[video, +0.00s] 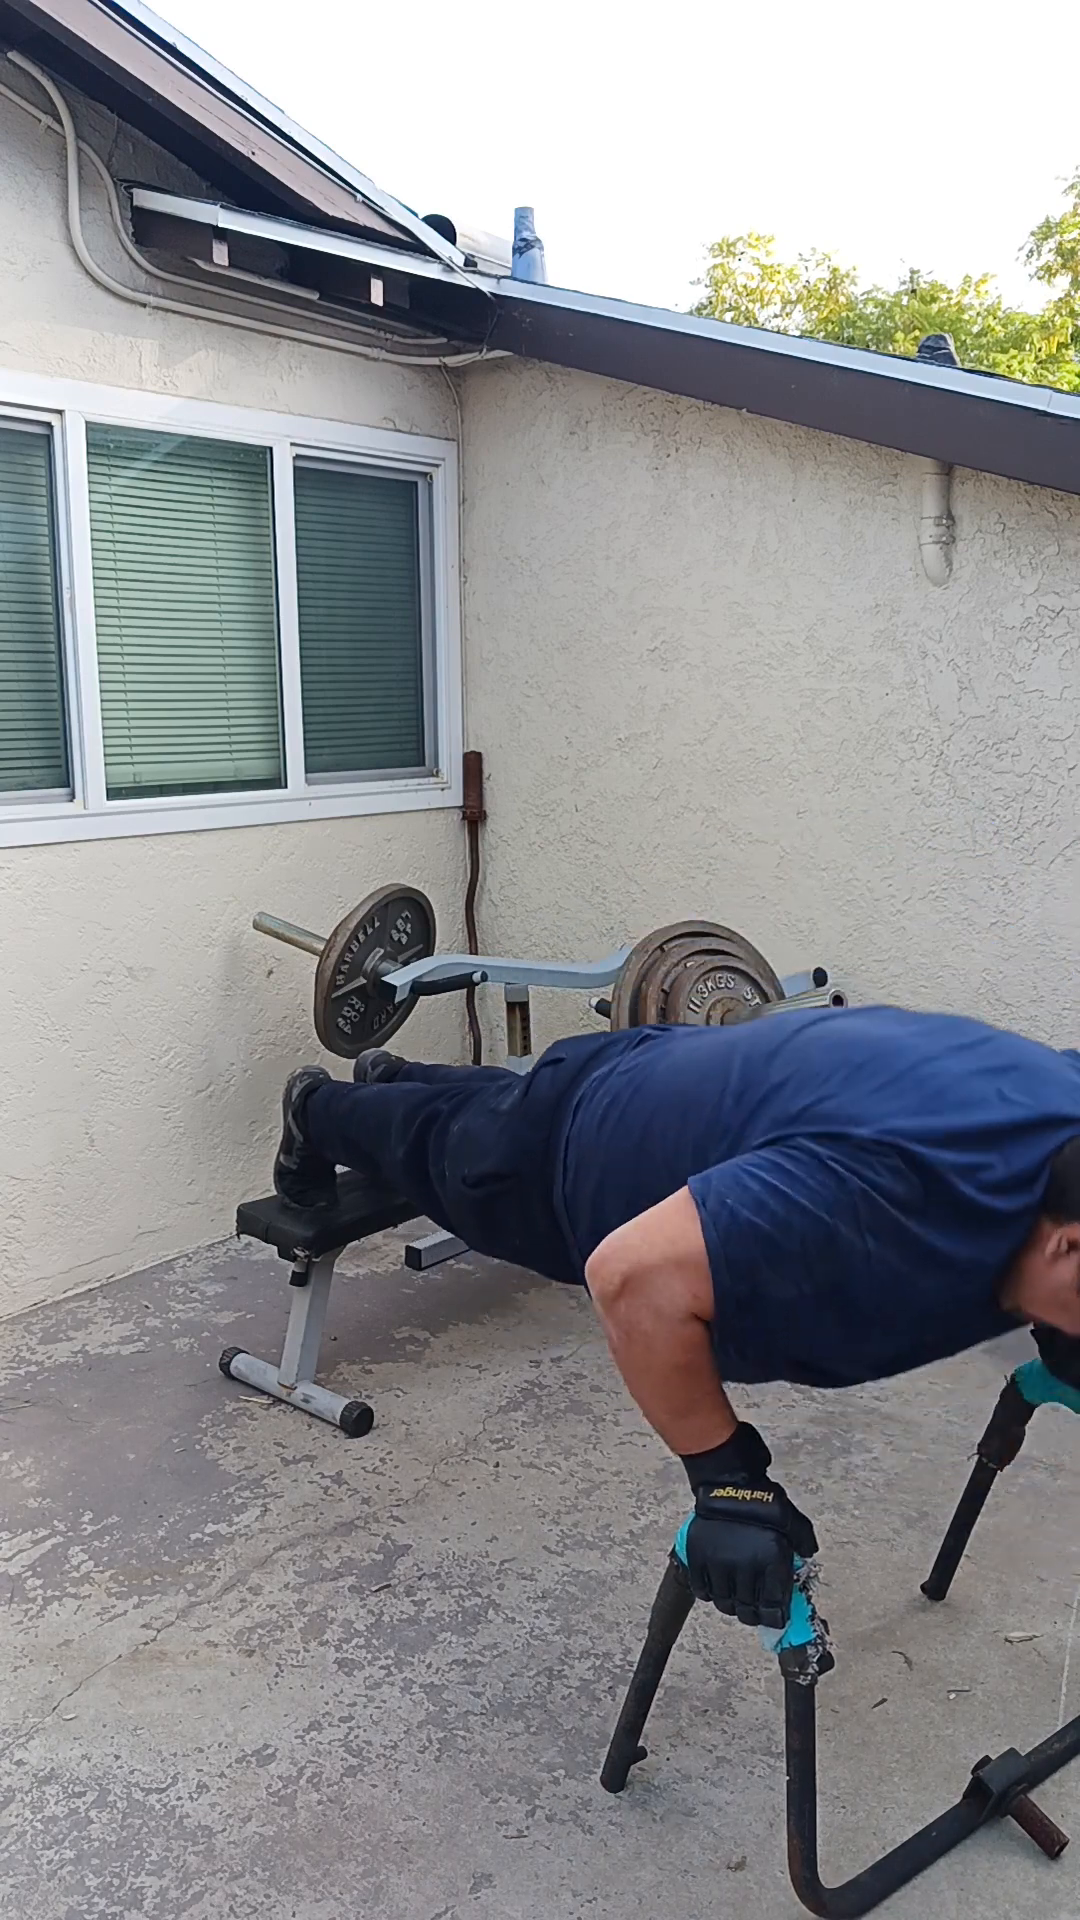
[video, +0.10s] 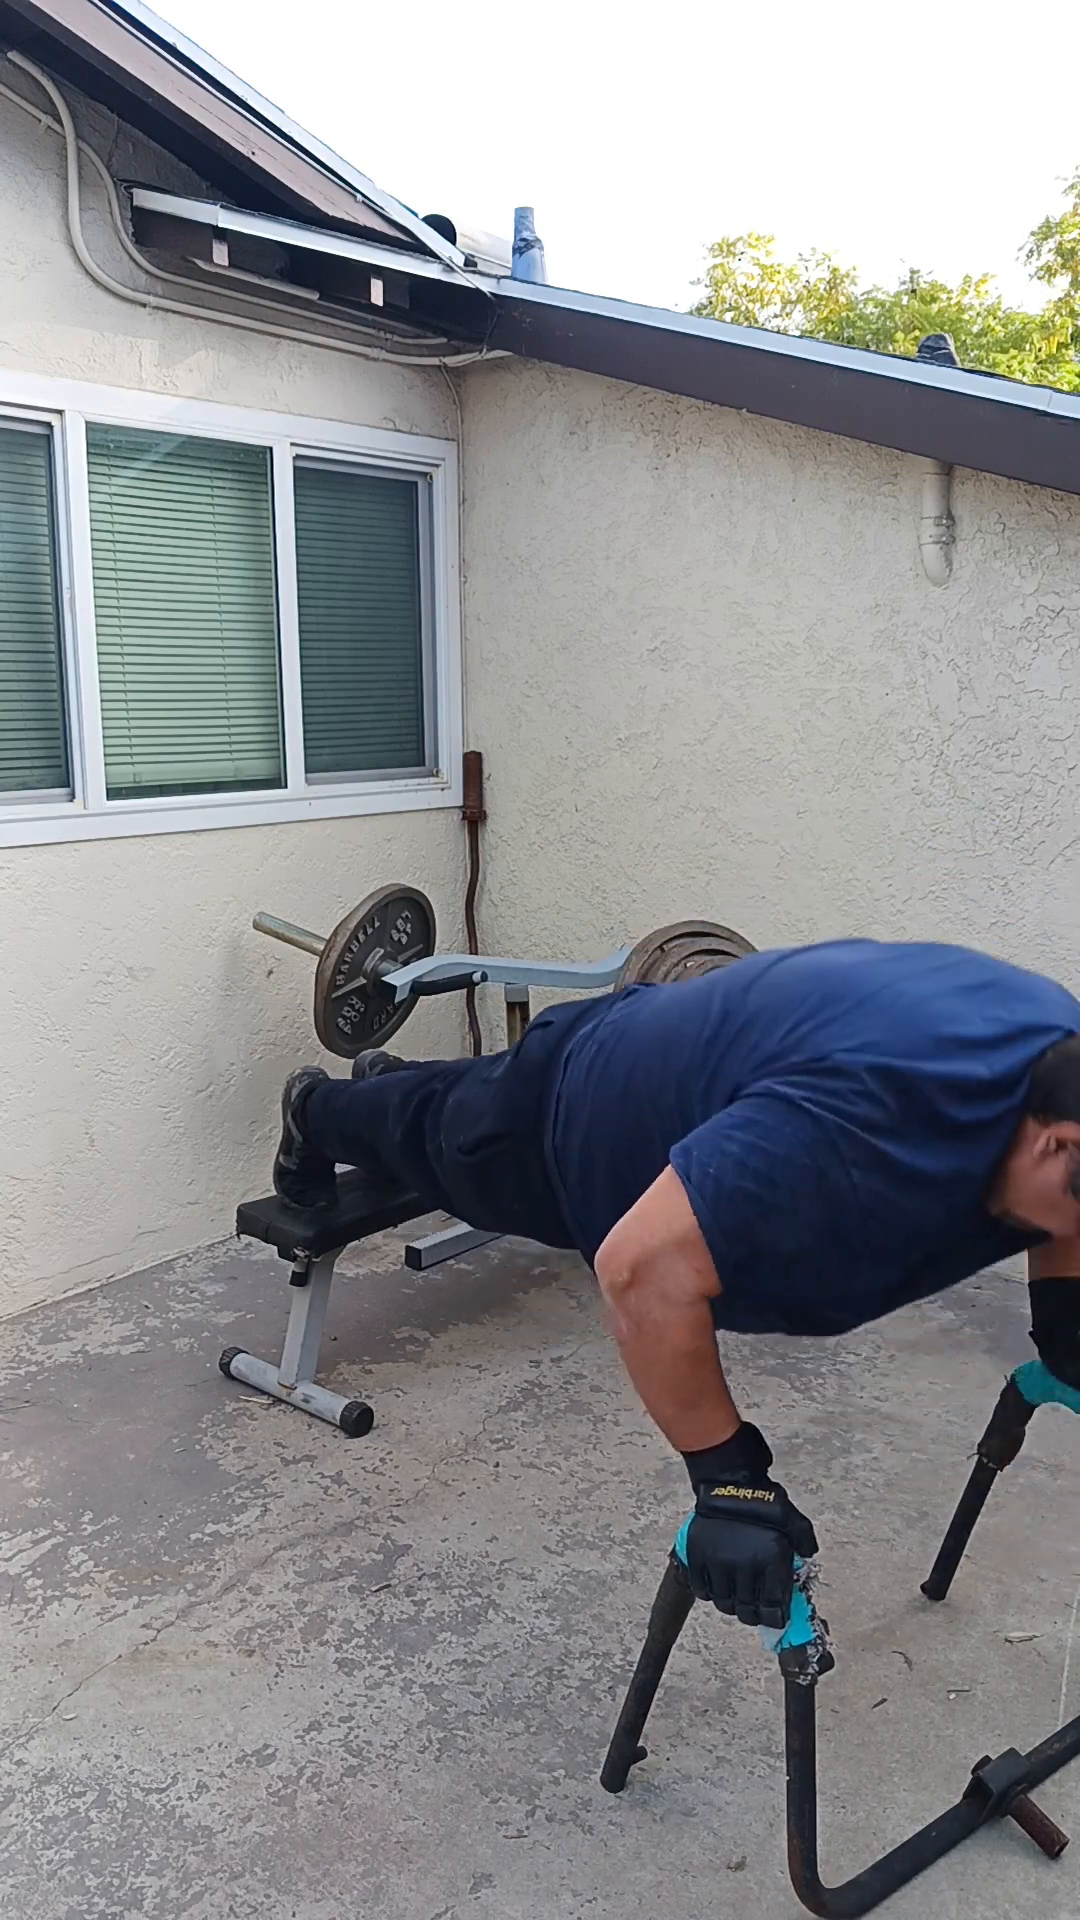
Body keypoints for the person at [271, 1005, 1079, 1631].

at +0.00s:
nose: (1058, 1335)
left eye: (1068, 1333)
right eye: (1073, 1322)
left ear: (1070, 1243)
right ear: (1065, 1254)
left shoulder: (1068, 1119)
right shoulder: (896, 1198)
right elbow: (633, 1280)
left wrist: (1042, 1336)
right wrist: (731, 1481)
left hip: (706, 1058)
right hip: (591, 1143)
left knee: (516, 1101)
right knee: (446, 1129)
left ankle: (374, 1111)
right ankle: (321, 1112)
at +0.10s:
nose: (1059, 1231)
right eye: (1074, 1208)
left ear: (1060, 1145)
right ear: (1053, 1153)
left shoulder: (1060, 1051)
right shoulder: (850, 1131)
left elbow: (1048, 1196)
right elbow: (641, 1272)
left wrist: (1057, 1305)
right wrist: (730, 1477)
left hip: (720, 1011)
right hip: (597, 1096)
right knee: (443, 1123)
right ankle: (321, 1111)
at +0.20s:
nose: (1057, 1147)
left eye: (1073, 1135)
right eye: (1061, 1123)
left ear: (1049, 1051)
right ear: (1033, 1056)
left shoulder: (1038, 986)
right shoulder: (830, 1060)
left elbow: (1055, 1159)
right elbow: (666, 1255)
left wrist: (1059, 1318)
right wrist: (731, 1479)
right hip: (589, 1065)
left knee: (497, 1106)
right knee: (435, 1109)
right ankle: (317, 1109)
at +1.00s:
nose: (1062, 1212)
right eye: (1073, 1188)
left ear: (1054, 1135)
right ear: (1045, 1140)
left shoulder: (1050, 1036)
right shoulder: (842, 1116)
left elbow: (1048, 1182)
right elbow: (653, 1260)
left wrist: (1058, 1304)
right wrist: (731, 1477)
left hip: (714, 993)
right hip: (599, 1071)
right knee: (439, 1113)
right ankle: (318, 1107)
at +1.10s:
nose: (1051, 1318)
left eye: (1066, 1316)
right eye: (1066, 1301)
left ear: (1063, 1224)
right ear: (1054, 1235)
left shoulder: (1072, 1079)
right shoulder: (881, 1185)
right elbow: (636, 1270)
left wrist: (1051, 1322)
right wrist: (732, 1477)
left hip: (712, 1036)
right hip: (596, 1114)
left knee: (499, 1103)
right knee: (442, 1119)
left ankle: (377, 1118)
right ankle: (320, 1111)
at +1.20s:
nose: (1047, 1398)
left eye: (1065, 1392)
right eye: (1062, 1381)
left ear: (1069, 1313)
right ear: (1053, 1322)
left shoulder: (1077, 1144)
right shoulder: (891, 1262)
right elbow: (635, 1279)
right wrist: (730, 1481)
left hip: (717, 1078)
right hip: (601, 1150)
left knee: (530, 1101)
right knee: (442, 1136)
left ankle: (394, 1084)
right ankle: (319, 1104)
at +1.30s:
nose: (1048, 1472)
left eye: (1065, 1466)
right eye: (1066, 1457)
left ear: (1068, 1398)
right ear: (1056, 1402)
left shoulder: (1076, 1191)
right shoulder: (911, 1316)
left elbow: (1046, 1136)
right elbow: (651, 1275)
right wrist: (733, 1482)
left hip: (697, 1106)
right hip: (600, 1191)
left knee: (529, 1123)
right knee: (446, 1162)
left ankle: (390, 1083)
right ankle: (319, 1107)